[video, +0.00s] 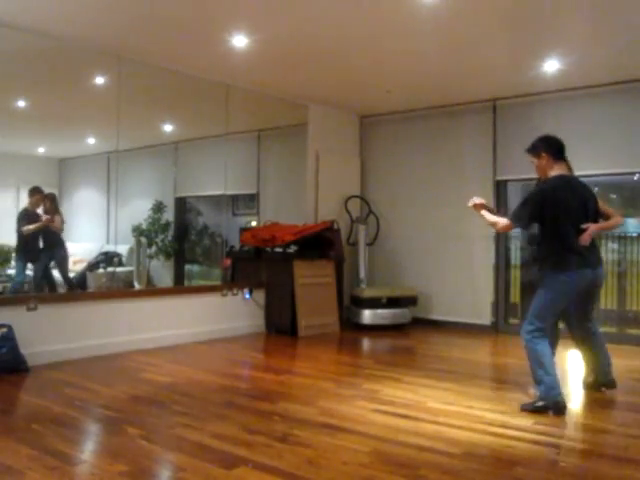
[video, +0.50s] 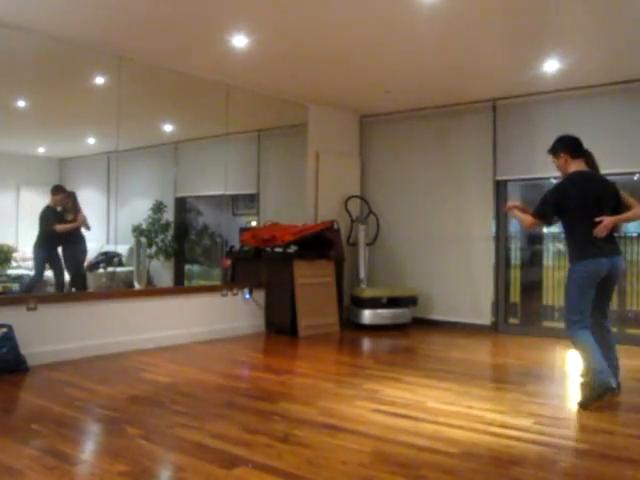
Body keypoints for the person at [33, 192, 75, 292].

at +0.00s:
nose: (44, 205)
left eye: (47, 202)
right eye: (44, 202)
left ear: (52, 203)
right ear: (43, 203)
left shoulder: (56, 215)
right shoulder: (43, 215)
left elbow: (59, 228)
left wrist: (48, 223)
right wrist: (42, 223)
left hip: (58, 246)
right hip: (47, 247)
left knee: (64, 273)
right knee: (39, 270)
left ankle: (74, 292)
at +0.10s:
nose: (51, 205)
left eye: (53, 202)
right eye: (50, 202)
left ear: (59, 203)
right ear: (50, 203)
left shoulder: (64, 214)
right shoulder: (51, 215)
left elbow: (66, 227)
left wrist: (57, 223)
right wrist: (53, 223)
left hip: (66, 246)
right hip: (55, 246)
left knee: (70, 269)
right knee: (48, 266)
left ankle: (74, 290)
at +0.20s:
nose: (57, 204)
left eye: (59, 201)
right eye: (57, 201)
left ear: (64, 202)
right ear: (56, 202)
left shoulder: (70, 213)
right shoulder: (55, 214)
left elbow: (73, 228)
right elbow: (52, 228)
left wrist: (65, 221)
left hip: (72, 244)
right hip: (60, 244)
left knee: (75, 271)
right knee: (55, 269)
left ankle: (78, 292)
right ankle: (57, 293)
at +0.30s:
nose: (61, 203)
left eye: (63, 201)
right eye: (60, 201)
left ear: (68, 201)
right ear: (58, 201)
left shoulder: (74, 212)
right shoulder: (58, 214)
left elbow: (81, 227)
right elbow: (54, 228)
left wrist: (70, 220)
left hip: (75, 243)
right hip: (63, 244)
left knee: (77, 270)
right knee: (60, 269)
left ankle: (79, 289)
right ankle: (63, 290)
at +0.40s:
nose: (64, 203)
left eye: (67, 201)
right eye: (63, 200)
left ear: (71, 201)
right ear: (61, 201)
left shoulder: (76, 212)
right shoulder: (59, 214)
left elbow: (85, 227)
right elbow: (57, 228)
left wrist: (79, 221)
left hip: (77, 244)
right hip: (65, 245)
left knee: (78, 269)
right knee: (67, 269)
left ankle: (81, 290)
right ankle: (72, 290)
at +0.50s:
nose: (66, 203)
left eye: (68, 201)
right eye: (64, 201)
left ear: (73, 201)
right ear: (62, 201)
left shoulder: (77, 212)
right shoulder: (61, 214)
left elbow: (87, 227)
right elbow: (59, 228)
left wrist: (82, 221)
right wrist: (76, 223)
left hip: (78, 242)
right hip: (66, 244)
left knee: (78, 267)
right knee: (71, 268)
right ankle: (80, 289)